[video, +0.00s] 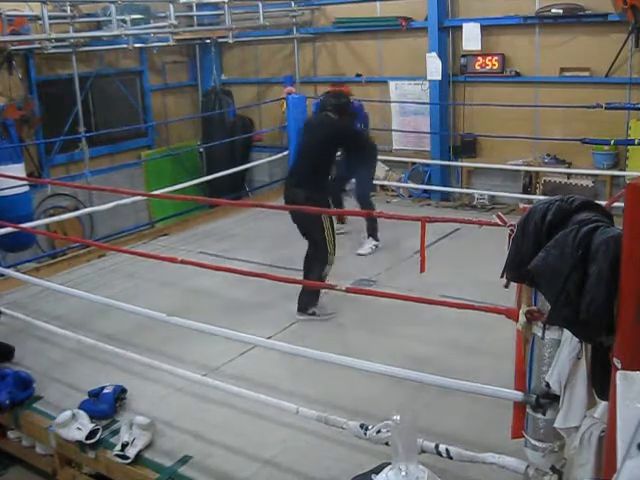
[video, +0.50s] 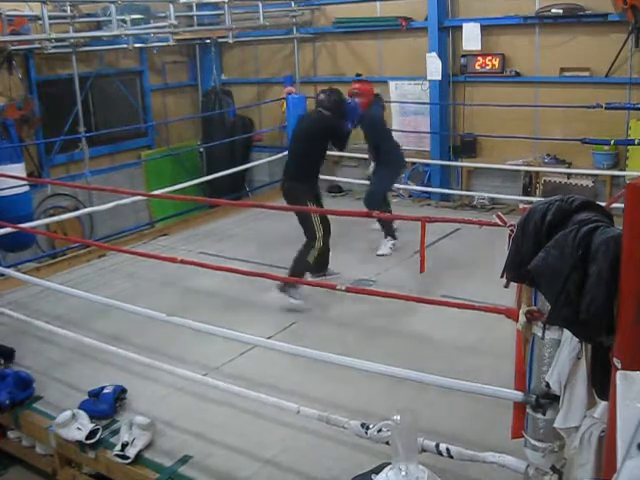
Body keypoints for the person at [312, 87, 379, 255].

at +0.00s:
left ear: (344, 98)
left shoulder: (355, 109)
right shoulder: (324, 105)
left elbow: (361, 131)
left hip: (364, 154)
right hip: (347, 155)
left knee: (362, 195)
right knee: (334, 187)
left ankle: (373, 237)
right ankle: (340, 216)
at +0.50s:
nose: (354, 101)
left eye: (357, 97)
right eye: (353, 97)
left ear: (366, 98)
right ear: (367, 99)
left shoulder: (370, 117)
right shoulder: (369, 112)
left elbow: (376, 143)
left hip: (391, 159)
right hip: (385, 157)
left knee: (373, 199)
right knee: (378, 194)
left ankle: (390, 236)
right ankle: (386, 220)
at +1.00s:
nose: (376, 111)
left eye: (381, 108)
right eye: (375, 107)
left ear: (392, 109)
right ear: (373, 106)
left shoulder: (406, 128)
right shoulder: (371, 116)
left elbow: (403, 160)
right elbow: (349, 117)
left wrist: (380, 154)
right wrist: (337, 124)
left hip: (395, 173)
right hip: (375, 169)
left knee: (387, 211)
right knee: (376, 205)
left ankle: (392, 260)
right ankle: (399, 229)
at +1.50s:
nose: (394, 104)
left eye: (397, 100)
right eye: (392, 100)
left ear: (407, 99)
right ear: (393, 100)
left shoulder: (417, 118)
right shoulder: (398, 115)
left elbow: (403, 143)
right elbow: (382, 138)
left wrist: (390, 124)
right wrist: (374, 118)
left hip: (425, 173)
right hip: (417, 172)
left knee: (396, 216)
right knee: (421, 211)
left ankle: (398, 266)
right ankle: (458, 236)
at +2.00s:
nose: (446, 107)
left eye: (449, 103)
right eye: (445, 103)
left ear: (461, 102)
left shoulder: (476, 121)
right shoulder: (462, 115)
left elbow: (479, 153)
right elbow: (448, 125)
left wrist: (457, 149)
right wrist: (435, 120)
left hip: (489, 170)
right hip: (488, 167)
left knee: (464, 213)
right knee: (490, 210)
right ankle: (513, 252)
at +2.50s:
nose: (496, 121)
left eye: (498, 117)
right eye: (496, 117)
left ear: (506, 117)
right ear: (512, 114)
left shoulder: (518, 133)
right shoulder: (521, 122)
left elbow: (500, 156)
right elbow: (501, 141)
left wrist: (485, 138)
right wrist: (487, 133)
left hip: (529, 185)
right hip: (534, 181)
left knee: (496, 211)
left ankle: (498, 265)